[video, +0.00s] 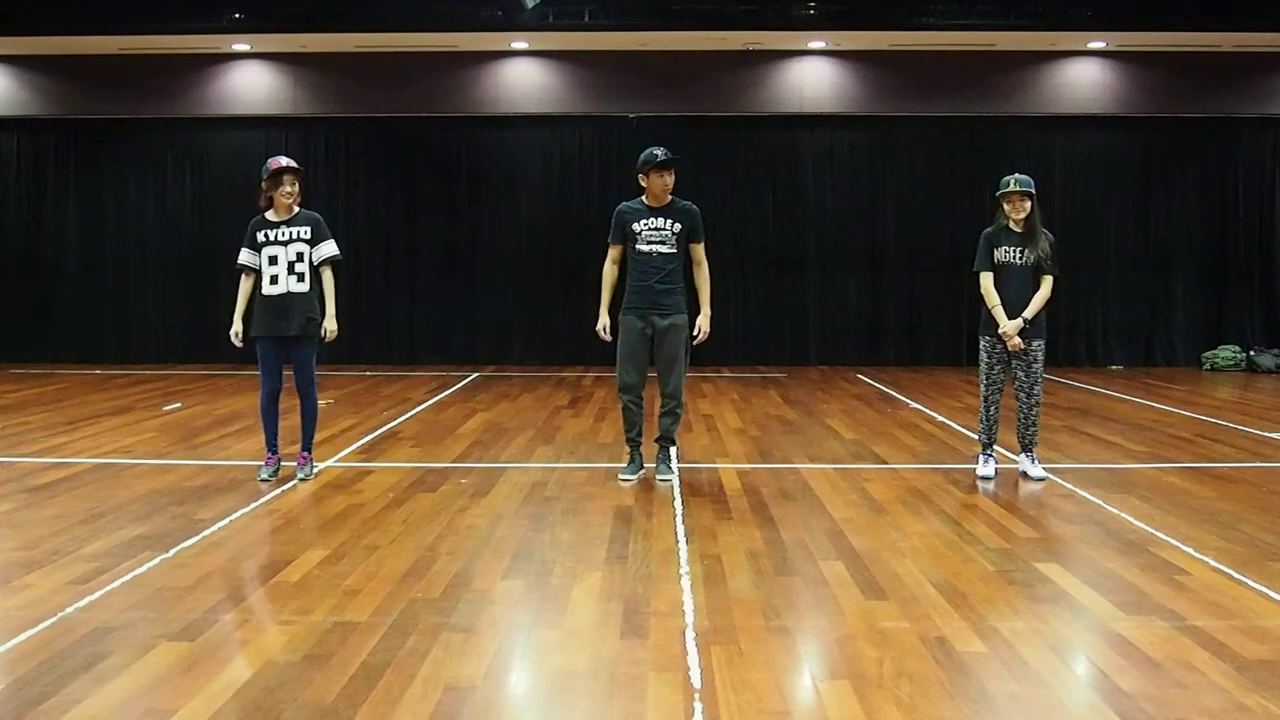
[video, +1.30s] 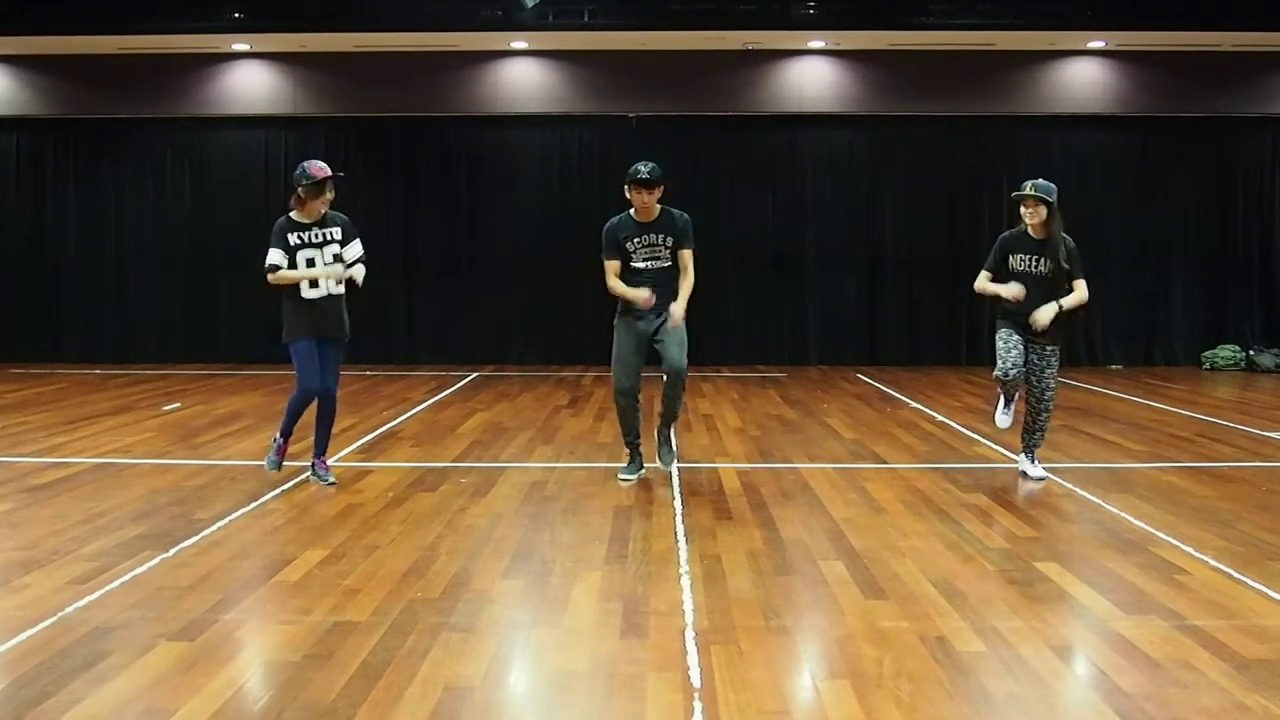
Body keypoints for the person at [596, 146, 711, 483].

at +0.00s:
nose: (667, 178)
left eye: (670, 172)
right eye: (660, 173)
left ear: (674, 176)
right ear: (643, 179)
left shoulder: (688, 213)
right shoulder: (625, 213)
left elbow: (699, 264)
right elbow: (612, 262)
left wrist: (705, 312)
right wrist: (604, 311)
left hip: (674, 315)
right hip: (633, 315)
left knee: (672, 389)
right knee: (629, 387)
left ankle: (667, 451)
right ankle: (633, 454)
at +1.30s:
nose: (644, 196)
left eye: (650, 189)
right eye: (638, 189)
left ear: (660, 190)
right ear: (628, 191)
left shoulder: (678, 223)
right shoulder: (615, 229)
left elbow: (687, 271)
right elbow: (611, 279)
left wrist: (679, 305)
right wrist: (632, 293)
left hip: (669, 313)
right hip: (630, 315)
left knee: (677, 367)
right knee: (623, 386)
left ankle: (666, 430)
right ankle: (633, 453)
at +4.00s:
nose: (691, 176)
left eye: (696, 171)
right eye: (683, 170)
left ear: (704, 177)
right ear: (670, 175)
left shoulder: (718, 211)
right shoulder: (662, 210)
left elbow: (728, 257)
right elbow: (653, 249)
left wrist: (709, 218)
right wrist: (678, 208)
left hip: (714, 315)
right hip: (675, 316)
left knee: (734, 380)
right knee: (673, 392)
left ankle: (715, 446)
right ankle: (676, 463)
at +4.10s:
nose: (688, 180)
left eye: (693, 174)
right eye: (682, 175)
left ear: (702, 179)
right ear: (669, 180)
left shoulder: (714, 212)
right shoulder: (661, 215)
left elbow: (729, 263)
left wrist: (714, 223)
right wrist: (681, 208)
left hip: (711, 304)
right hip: (671, 308)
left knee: (747, 351)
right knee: (674, 387)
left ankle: (723, 419)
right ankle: (675, 462)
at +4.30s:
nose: (693, 173)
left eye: (698, 167)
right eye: (687, 167)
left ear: (708, 172)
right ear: (675, 171)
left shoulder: (720, 206)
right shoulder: (665, 209)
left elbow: (735, 253)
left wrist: (719, 211)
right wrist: (686, 199)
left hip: (715, 306)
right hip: (675, 308)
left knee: (747, 369)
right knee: (679, 389)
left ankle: (729, 437)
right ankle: (674, 461)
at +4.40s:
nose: (700, 175)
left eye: (705, 169)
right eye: (692, 168)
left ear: (715, 174)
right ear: (680, 174)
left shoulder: (729, 212)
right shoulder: (672, 214)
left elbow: (740, 252)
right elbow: (662, 247)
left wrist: (719, 213)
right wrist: (685, 201)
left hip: (719, 316)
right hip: (680, 315)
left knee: (736, 397)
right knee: (680, 398)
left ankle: (726, 462)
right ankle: (676, 466)